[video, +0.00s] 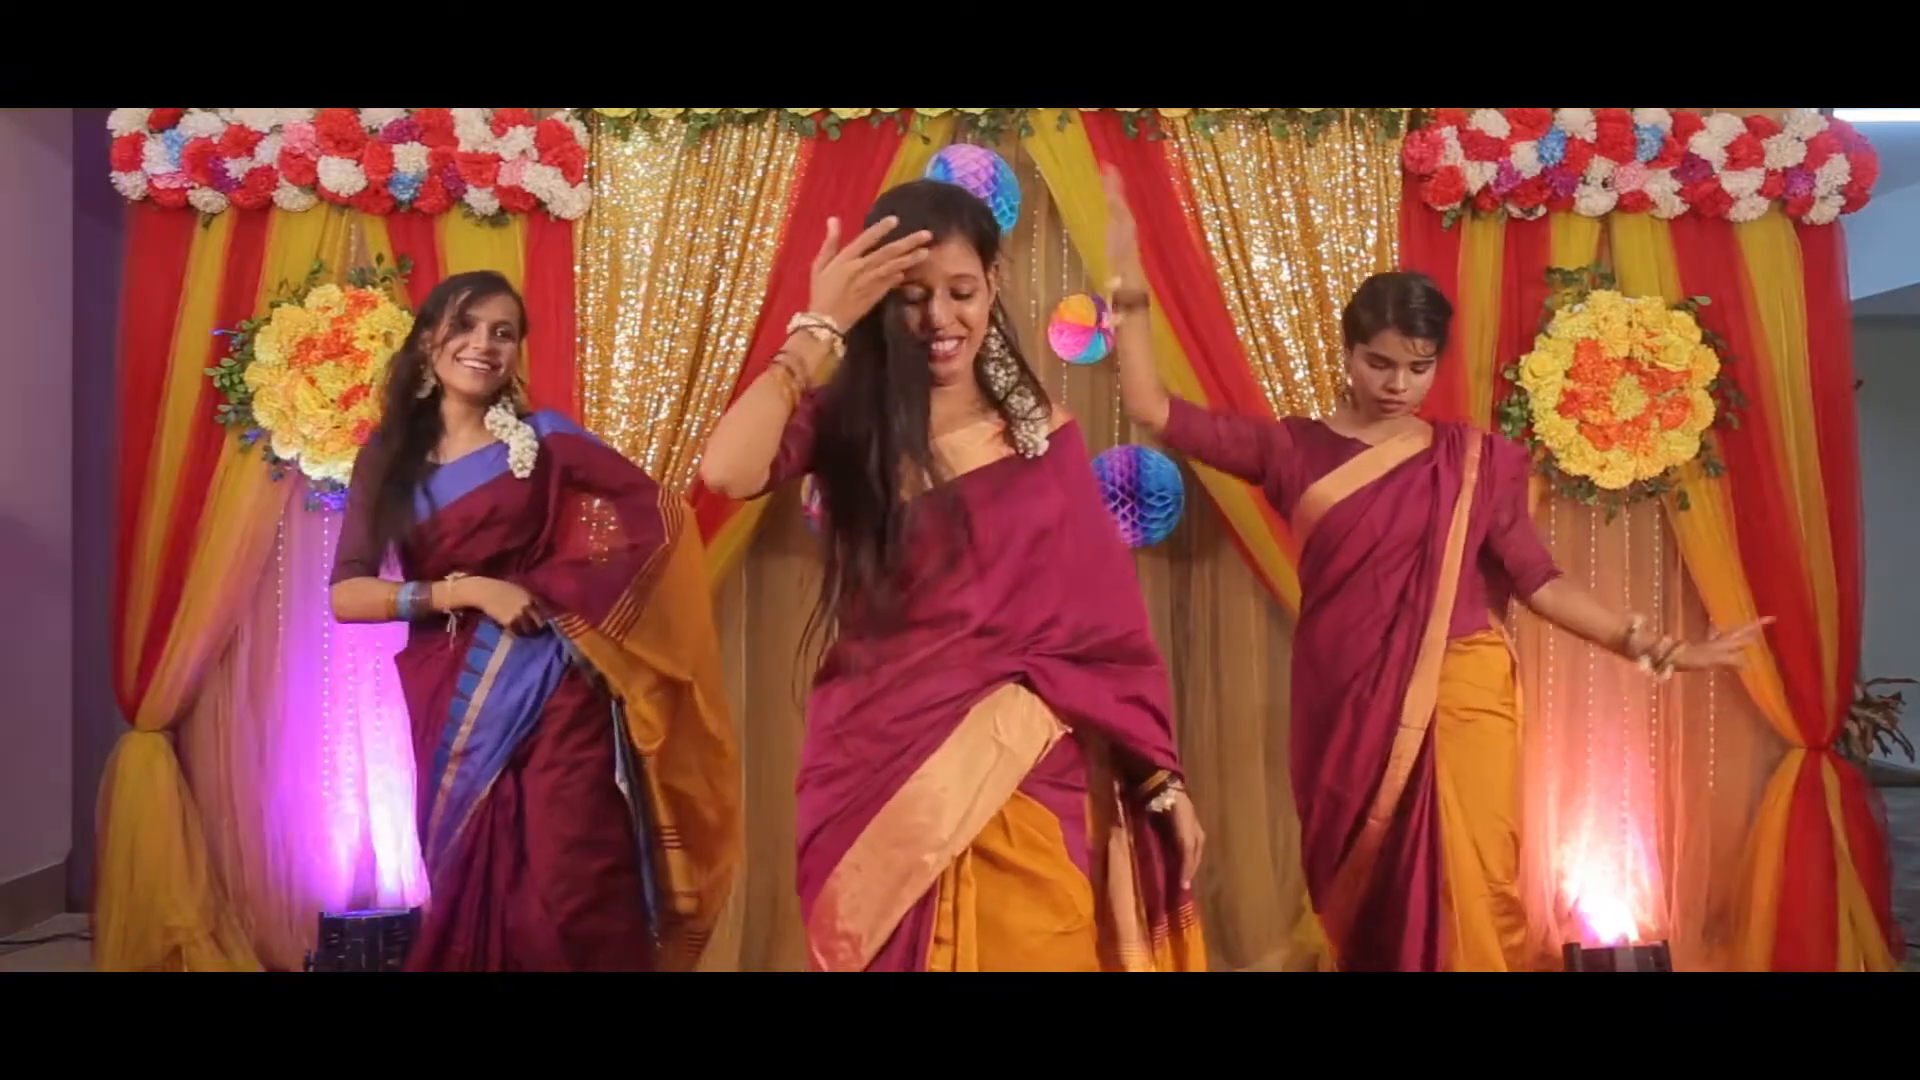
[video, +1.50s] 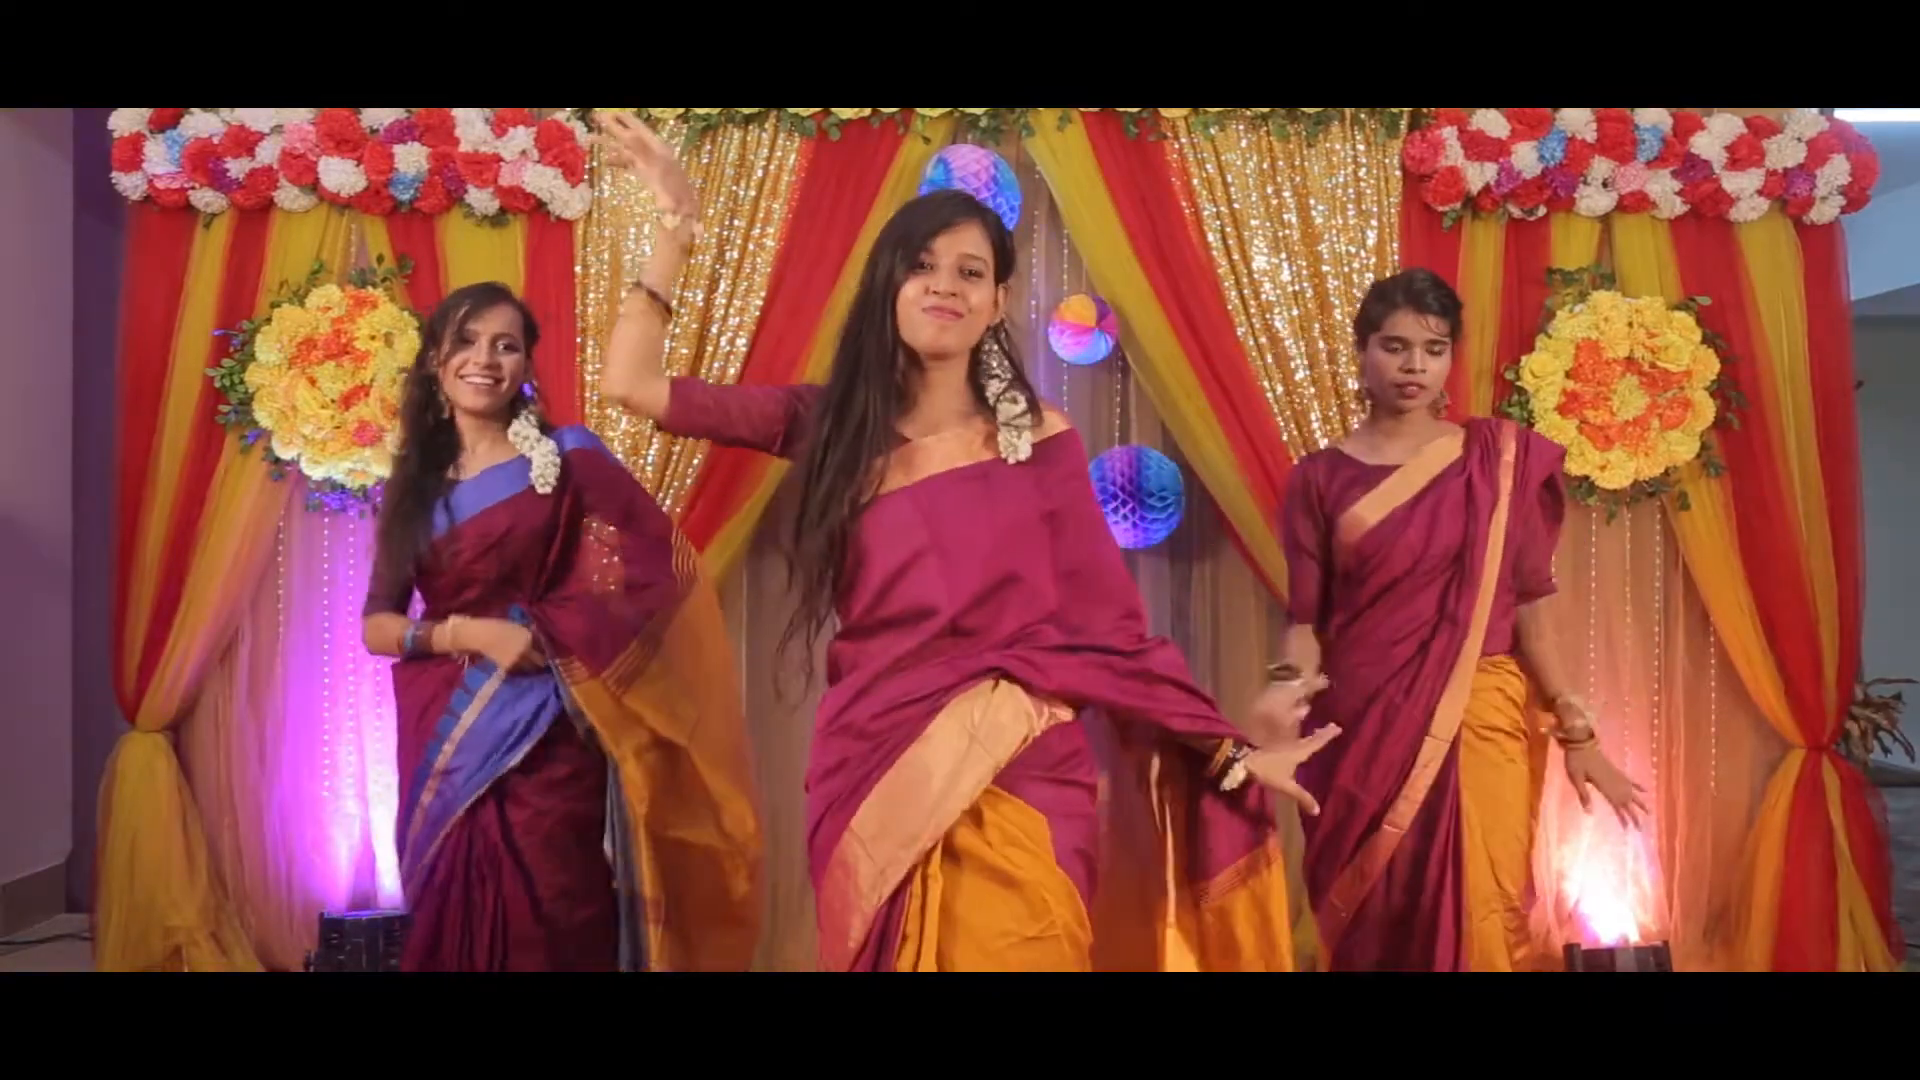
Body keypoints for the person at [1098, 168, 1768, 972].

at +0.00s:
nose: (1398, 385)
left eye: (1417, 367)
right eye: (1380, 363)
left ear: (1439, 364)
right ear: (1345, 354)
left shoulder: (1476, 459)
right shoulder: (1292, 447)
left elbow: (1541, 583)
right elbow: (1153, 411)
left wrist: (1641, 642)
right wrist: (1127, 316)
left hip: (1466, 691)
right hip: (1350, 702)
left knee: (1471, 895)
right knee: (1362, 902)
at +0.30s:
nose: (1402, 384)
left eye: (1422, 368)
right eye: (1386, 363)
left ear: (1443, 362)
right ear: (1349, 348)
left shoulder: (1470, 458)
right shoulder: (1297, 446)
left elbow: (1519, 588)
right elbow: (1143, 432)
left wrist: (1629, 650)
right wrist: (1114, 315)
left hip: (1473, 691)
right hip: (1354, 700)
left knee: (1483, 891)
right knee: (1368, 898)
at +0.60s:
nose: (1406, 385)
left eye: (1424, 367)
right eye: (1387, 364)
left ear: (1443, 366)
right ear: (1350, 363)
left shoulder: (1475, 457)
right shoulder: (1304, 466)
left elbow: (1566, 546)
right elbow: (1171, 499)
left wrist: (1555, 637)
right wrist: (1221, 392)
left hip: (1469, 698)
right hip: (1350, 706)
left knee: (1469, 896)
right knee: (1352, 905)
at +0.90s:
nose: (1405, 370)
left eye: (1424, 352)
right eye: (1387, 350)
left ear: (1443, 353)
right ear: (1351, 348)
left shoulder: (1483, 445)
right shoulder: (1311, 450)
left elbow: (1570, 541)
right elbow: (1201, 484)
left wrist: (1549, 633)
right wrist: (1277, 380)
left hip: (1468, 697)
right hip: (1350, 710)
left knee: (1477, 900)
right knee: (1358, 908)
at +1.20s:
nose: (1411, 356)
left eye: (1430, 340)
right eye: (1392, 336)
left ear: (1451, 346)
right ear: (1360, 337)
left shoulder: (1493, 440)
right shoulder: (1321, 447)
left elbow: (1564, 542)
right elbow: (1243, 541)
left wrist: (1561, 630)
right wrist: (1280, 426)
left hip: (1480, 693)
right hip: (1363, 702)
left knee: (1488, 901)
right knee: (1366, 910)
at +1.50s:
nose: (1415, 365)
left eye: (1434, 349)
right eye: (1396, 345)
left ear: (1453, 358)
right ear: (1360, 352)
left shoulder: (1503, 456)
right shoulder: (1320, 479)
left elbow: (1531, 612)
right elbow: (1304, 623)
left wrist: (1579, 737)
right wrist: (1290, 696)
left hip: (1481, 729)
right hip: (1361, 735)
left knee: (1475, 933)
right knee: (1365, 935)